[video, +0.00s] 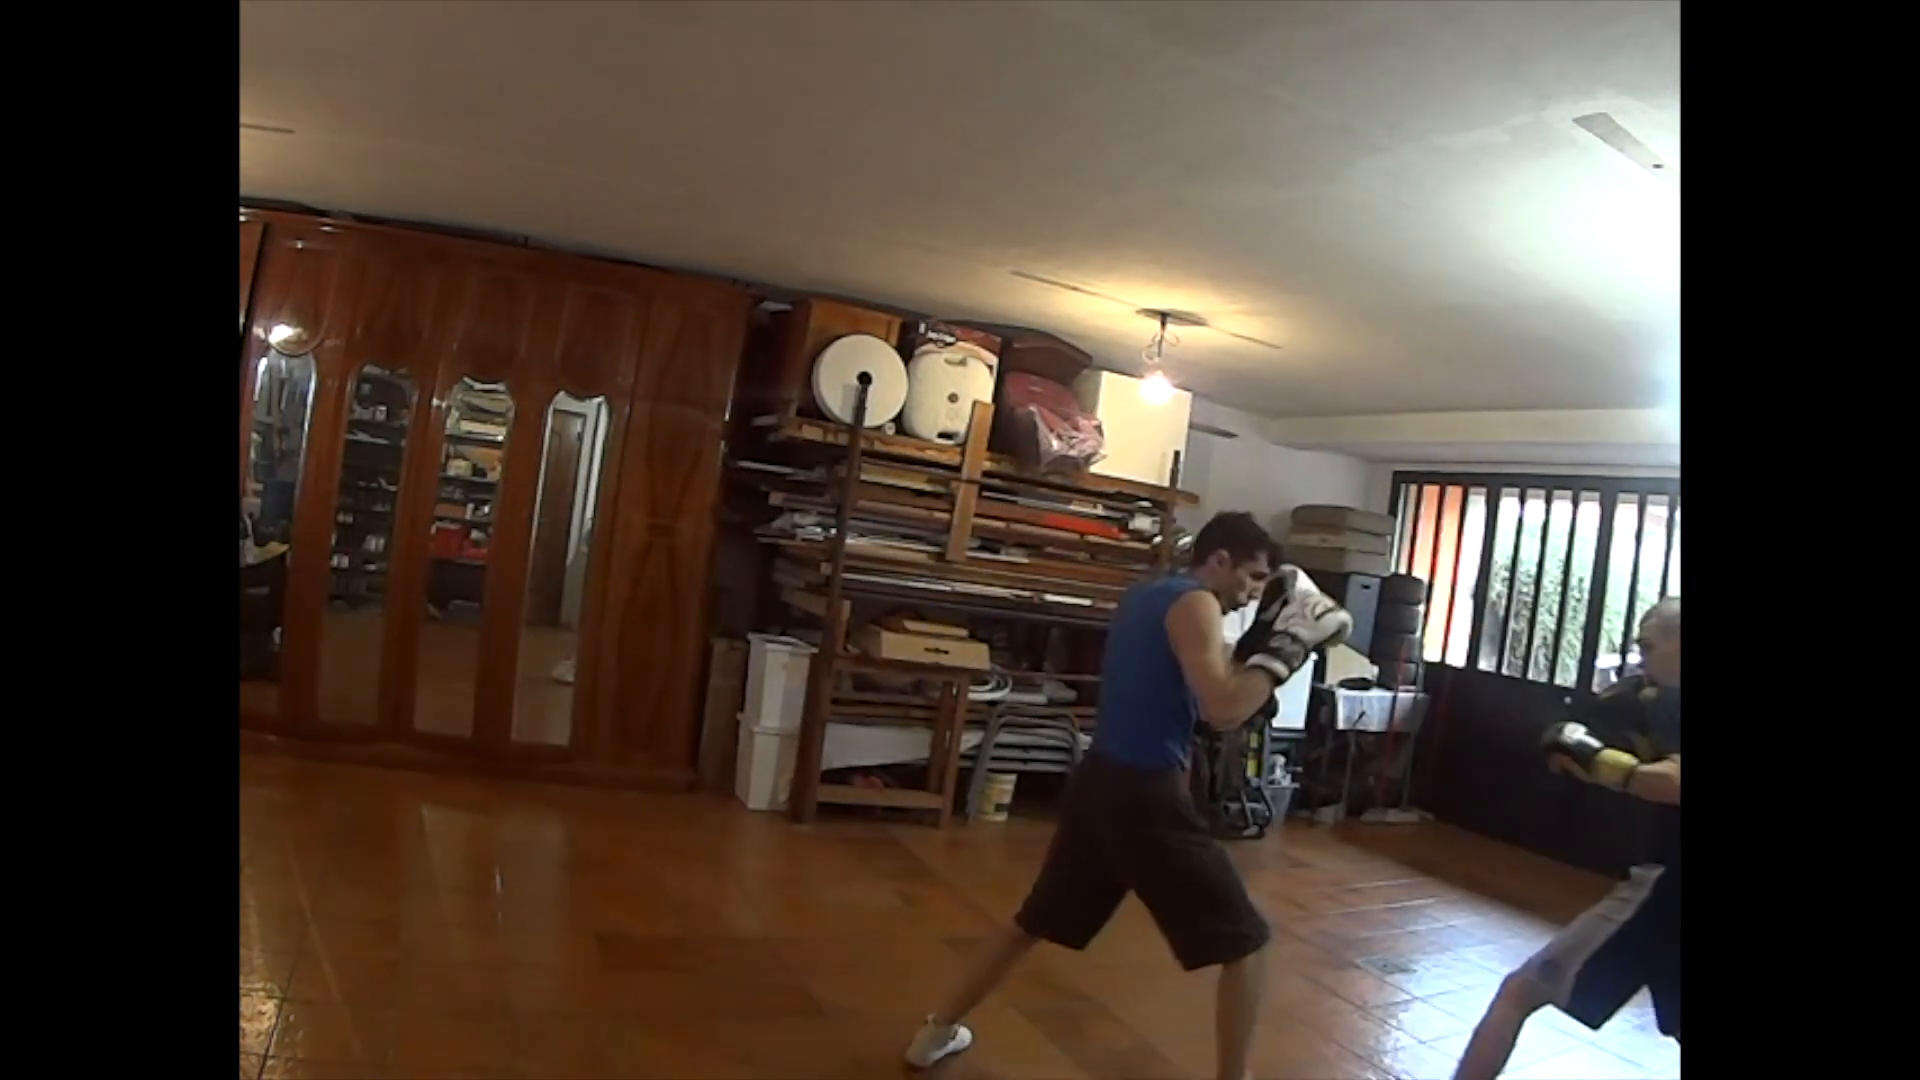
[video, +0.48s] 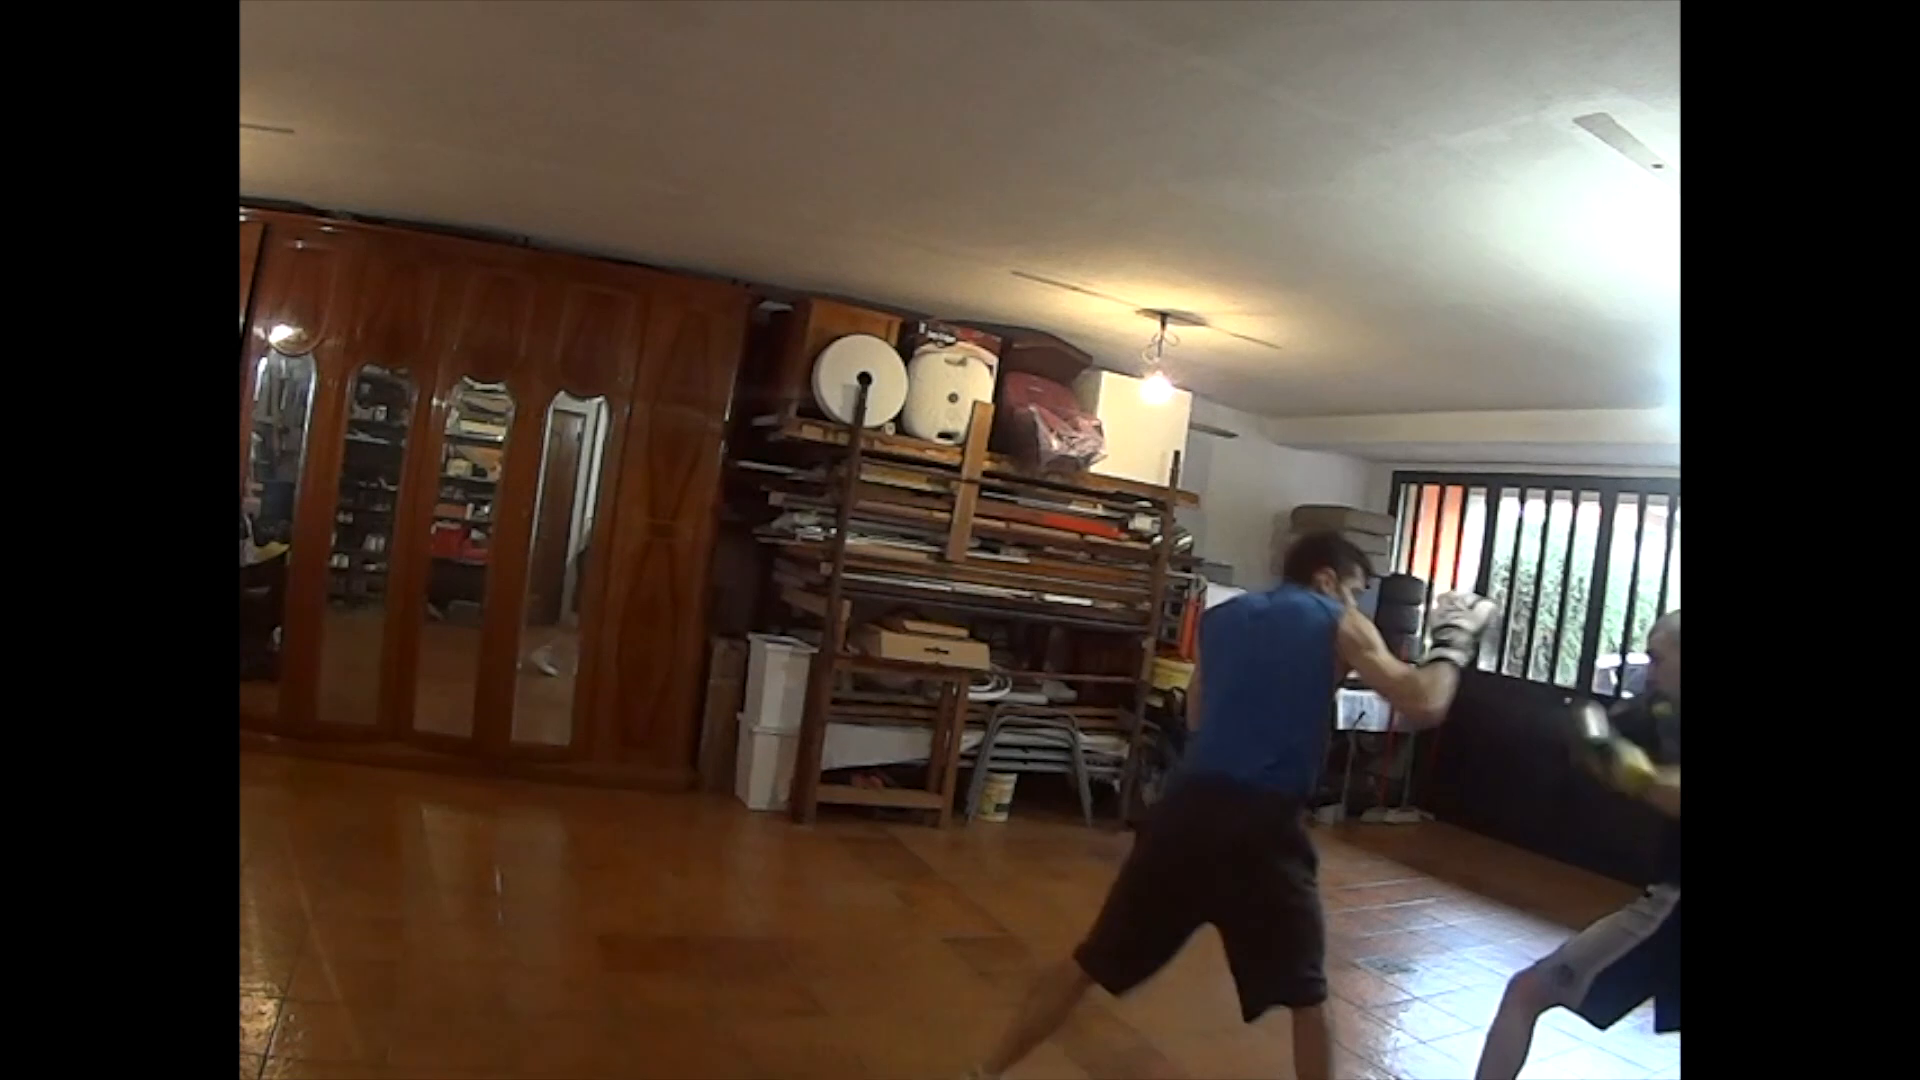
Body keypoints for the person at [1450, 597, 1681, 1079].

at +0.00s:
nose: (1640, 656)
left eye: (1648, 644)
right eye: (1640, 645)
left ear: (1680, 644)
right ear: (1670, 647)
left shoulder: (1673, 706)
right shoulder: (1658, 704)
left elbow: (1672, 783)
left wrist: (1594, 758)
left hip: (1661, 882)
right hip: (1657, 879)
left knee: (1519, 992)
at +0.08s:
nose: (1641, 650)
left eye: (1650, 640)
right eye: (1641, 640)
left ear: (1681, 644)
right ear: (1654, 643)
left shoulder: (1672, 703)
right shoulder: (1652, 699)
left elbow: (1672, 783)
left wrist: (1601, 752)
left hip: (1664, 881)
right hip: (1659, 878)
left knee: (1520, 985)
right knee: (1518, 985)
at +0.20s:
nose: (1634, 650)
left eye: (1642, 637)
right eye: (1633, 638)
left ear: (1676, 636)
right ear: (1663, 639)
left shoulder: (1673, 700)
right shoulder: (1663, 699)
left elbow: (1667, 781)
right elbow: (1660, 776)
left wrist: (1593, 725)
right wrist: (1594, 728)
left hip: (1665, 881)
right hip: (1663, 878)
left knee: (1524, 990)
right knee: (1522, 991)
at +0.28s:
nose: (1634, 649)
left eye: (1642, 637)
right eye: (1633, 638)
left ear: (1675, 634)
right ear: (1665, 637)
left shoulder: (1670, 694)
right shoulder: (1657, 691)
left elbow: (1645, 760)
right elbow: (1642, 753)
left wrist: (1580, 692)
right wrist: (1584, 689)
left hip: (1665, 878)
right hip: (1662, 874)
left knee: (1528, 991)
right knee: (1526, 993)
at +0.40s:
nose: (1647, 661)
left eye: (1655, 650)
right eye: (1648, 650)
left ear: (1681, 650)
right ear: (1662, 649)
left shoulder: (1670, 696)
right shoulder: (1663, 695)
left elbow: (1652, 748)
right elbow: (1653, 755)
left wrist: (1594, 676)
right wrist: (1591, 678)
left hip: (1669, 889)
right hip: (1665, 887)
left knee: (1531, 992)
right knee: (1529, 993)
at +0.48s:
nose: (1649, 667)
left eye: (1658, 656)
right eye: (1649, 656)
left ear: (1683, 659)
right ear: (1654, 656)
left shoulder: (1668, 722)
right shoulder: (1654, 717)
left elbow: (1675, 799)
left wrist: (1645, 779)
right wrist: (1601, 757)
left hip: (1671, 898)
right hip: (1667, 895)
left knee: (1527, 992)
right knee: (1526, 992)